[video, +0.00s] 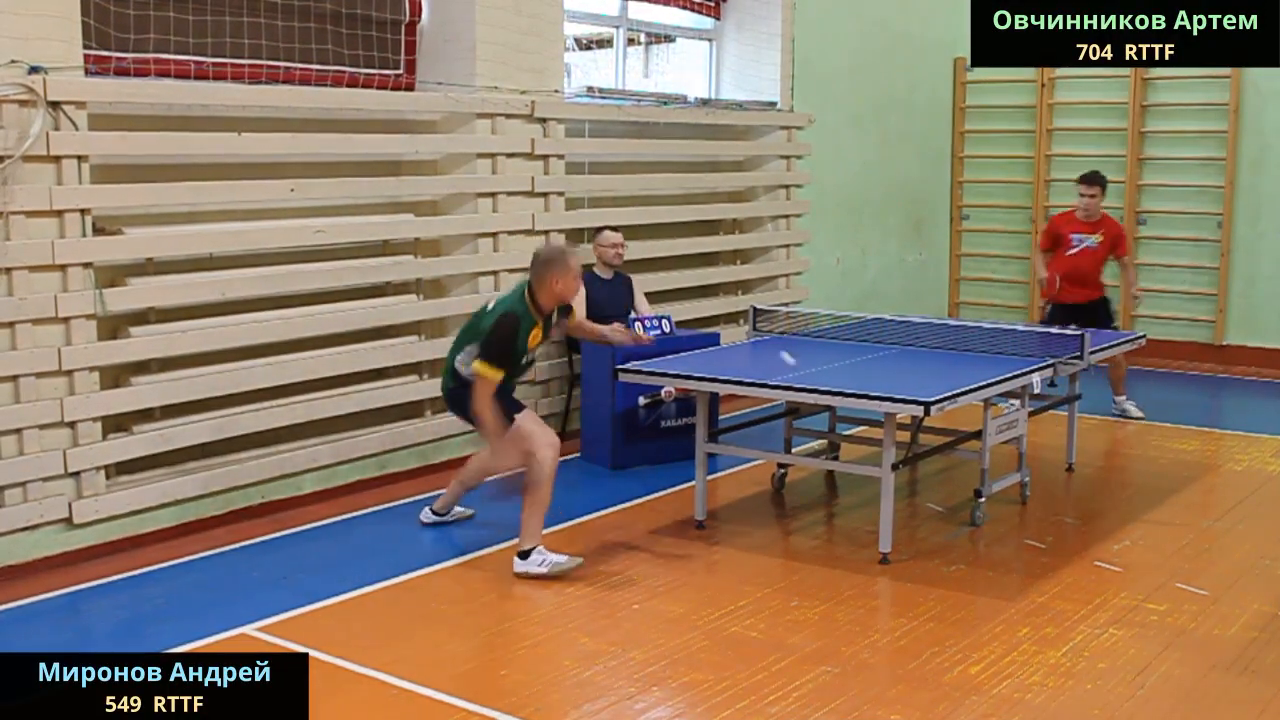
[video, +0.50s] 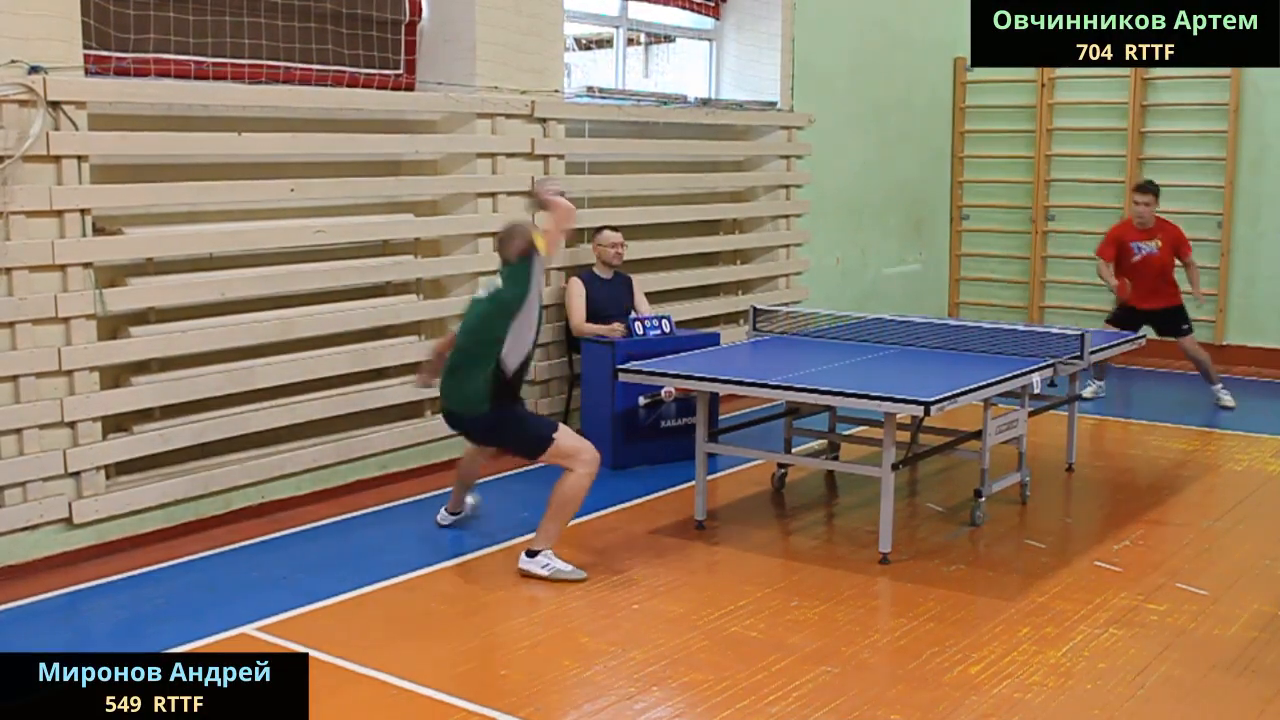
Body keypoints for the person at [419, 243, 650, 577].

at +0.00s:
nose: (580, 282)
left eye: (579, 275)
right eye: (576, 276)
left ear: (555, 282)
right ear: (556, 283)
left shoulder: (553, 302)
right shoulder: (512, 320)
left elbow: (571, 326)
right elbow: (481, 394)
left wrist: (609, 334)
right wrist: (499, 446)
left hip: (491, 383)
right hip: (466, 390)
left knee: (508, 450)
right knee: (546, 445)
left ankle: (441, 507)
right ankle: (529, 551)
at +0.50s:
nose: (546, 242)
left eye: (542, 239)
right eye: (540, 238)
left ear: (503, 256)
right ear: (532, 250)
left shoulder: (489, 294)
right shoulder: (525, 285)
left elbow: (457, 338)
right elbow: (564, 218)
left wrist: (434, 362)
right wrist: (547, 196)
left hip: (458, 411)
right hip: (492, 415)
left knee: (485, 445)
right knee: (585, 458)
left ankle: (455, 507)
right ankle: (539, 552)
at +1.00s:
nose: (479, 207)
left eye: (478, 200)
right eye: (475, 200)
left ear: (439, 206)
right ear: (456, 203)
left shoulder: (409, 241)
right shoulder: (460, 232)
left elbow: (386, 308)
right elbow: (521, 227)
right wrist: (542, 194)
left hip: (391, 364)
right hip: (436, 363)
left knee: (400, 446)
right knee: (497, 448)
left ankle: (366, 541)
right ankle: (523, 555)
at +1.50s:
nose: (493, 179)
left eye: (492, 171)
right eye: (489, 172)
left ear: (456, 176)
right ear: (471, 176)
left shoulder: (424, 215)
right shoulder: (459, 224)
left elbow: (427, 289)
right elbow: (450, 297)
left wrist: (484, 299)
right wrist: (494, 301)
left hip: (411, 350)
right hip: (448, 354)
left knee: (405, 436)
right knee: (469, 450)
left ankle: (371, 534)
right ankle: (443, 558)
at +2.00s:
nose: (519, 179)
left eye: (519, 171)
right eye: (517, 172)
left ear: (478, 175)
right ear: (503, 175)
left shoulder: (444, 212)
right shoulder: (496, 226)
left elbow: (422, 282)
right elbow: (503, 301)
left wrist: (422, 336)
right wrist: (533, 289)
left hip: (443, 346)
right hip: (477, 351)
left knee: (476, 439)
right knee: (469, 450)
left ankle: (479, 531)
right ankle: (443, 557)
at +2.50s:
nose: (538, 176)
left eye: (537, 169)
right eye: (536, 169)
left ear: (500, 170)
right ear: (520, 171)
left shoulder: (474, 207)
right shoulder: (507, 213)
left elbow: (479, 279)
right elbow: (506, 285)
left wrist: (528, 279)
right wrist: (545, 280)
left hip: (472, 341)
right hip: (507, 341)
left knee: (481, 431)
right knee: (541, 431)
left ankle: (479, 533)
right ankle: (511, 532)